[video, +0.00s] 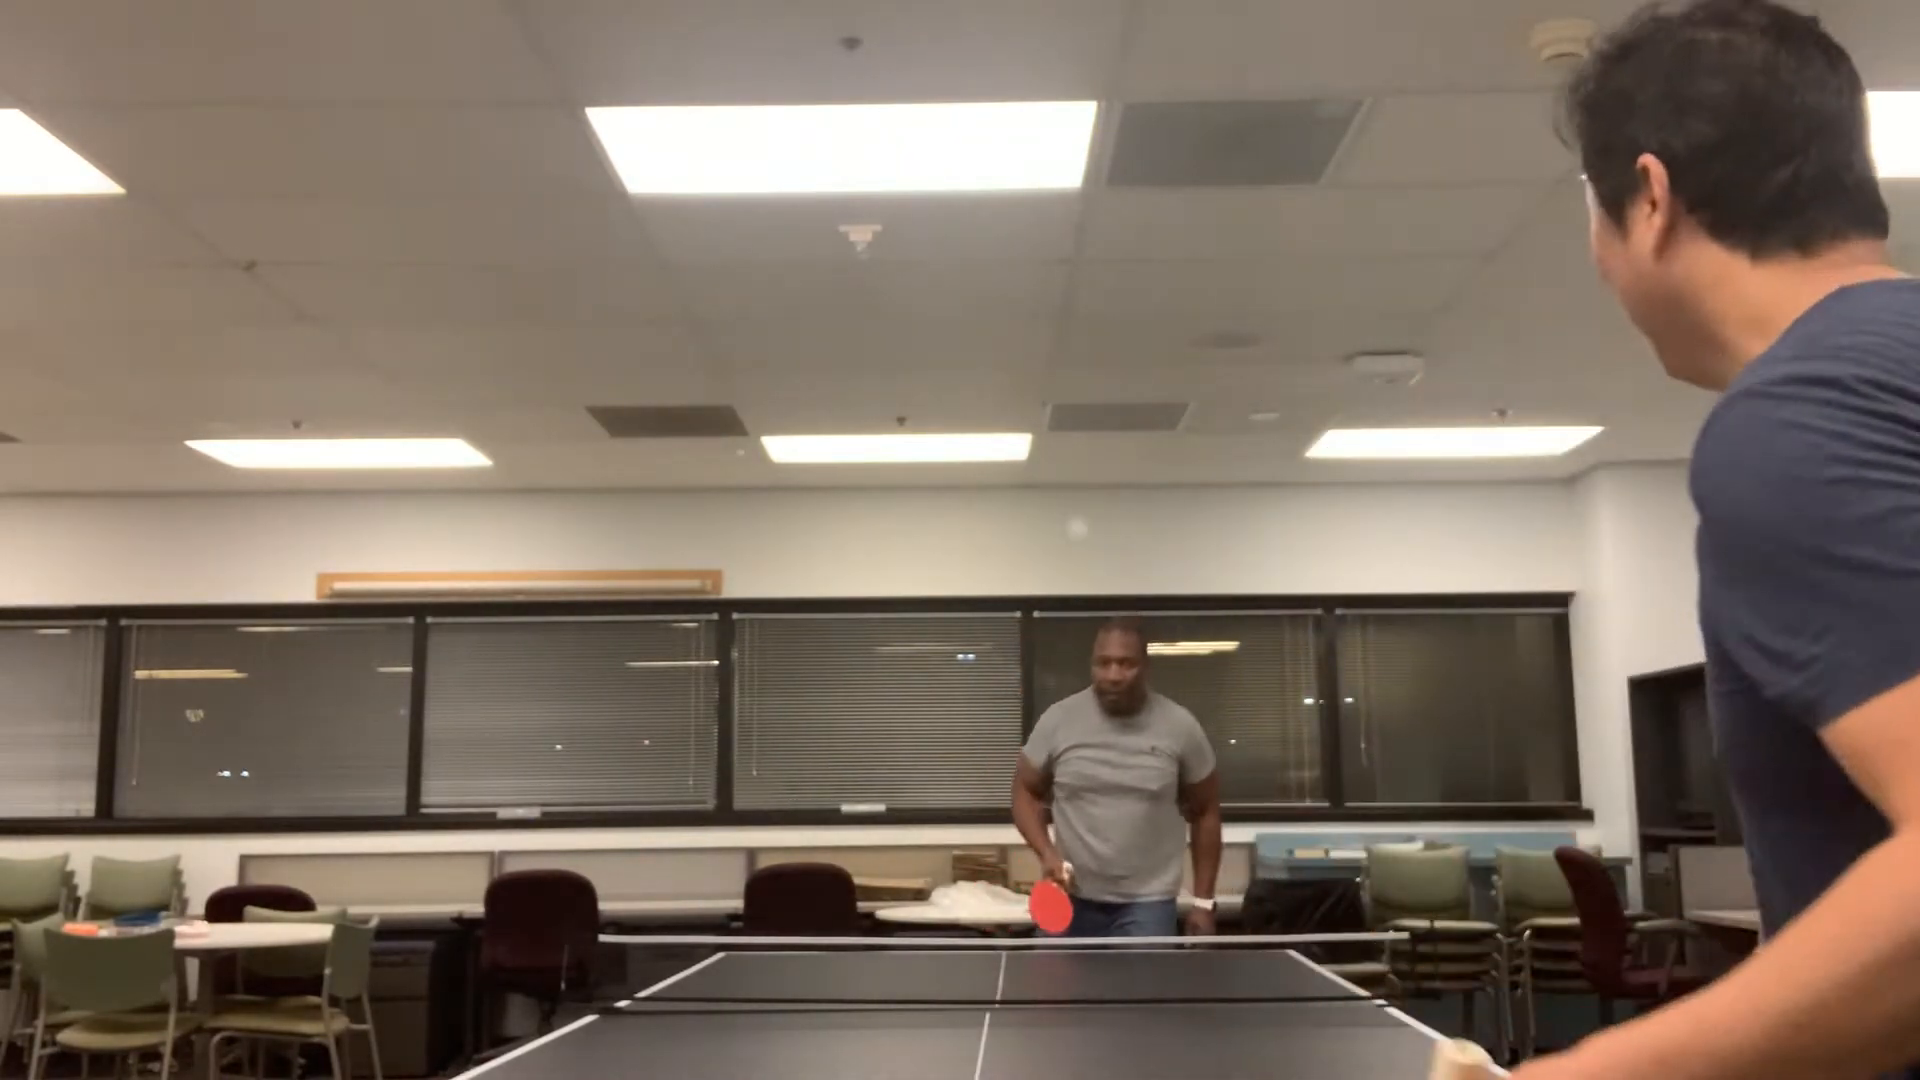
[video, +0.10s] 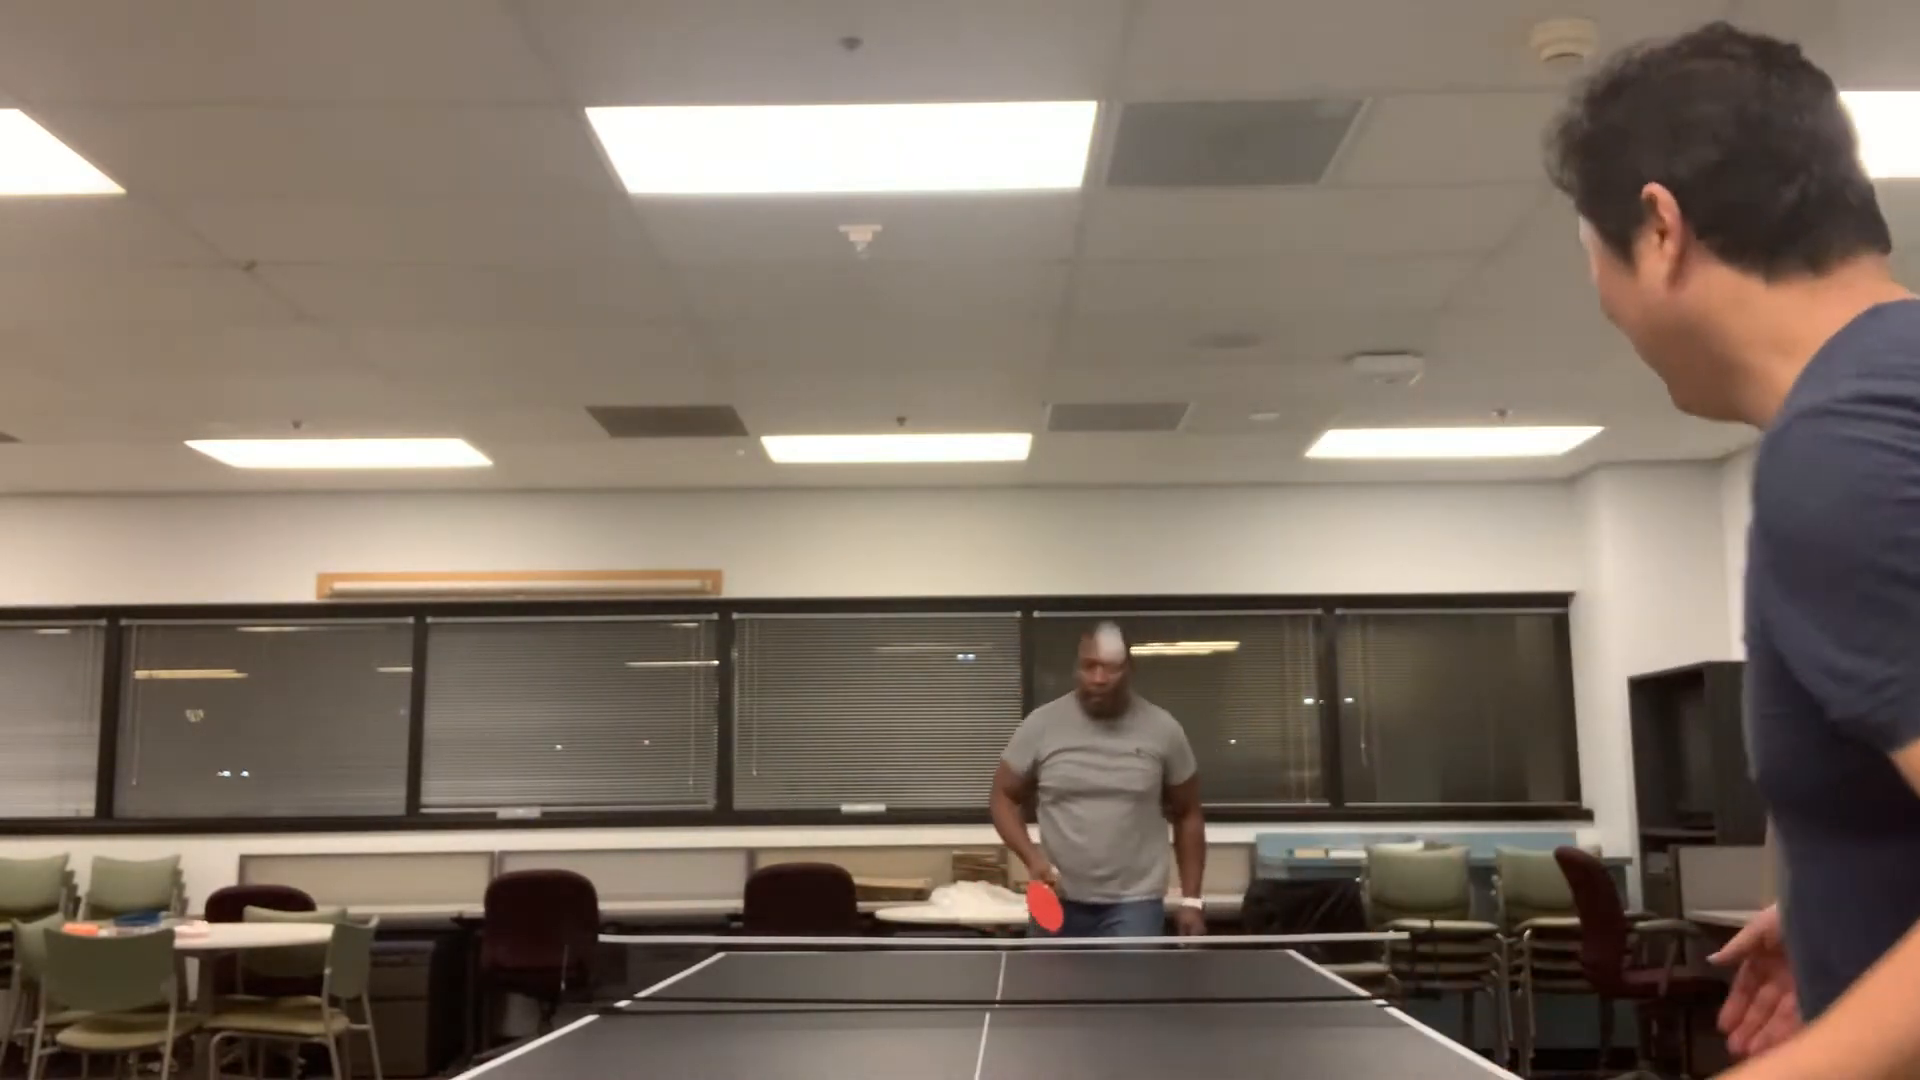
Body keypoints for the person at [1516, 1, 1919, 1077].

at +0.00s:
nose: (1602, 262)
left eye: (1597, 214)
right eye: (1595, 218)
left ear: (1654, 201)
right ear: (1838, 174)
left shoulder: (1787, 423)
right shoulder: (1895, 347)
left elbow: (1917, 835)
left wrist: (1605, 1065)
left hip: (1878, 1052)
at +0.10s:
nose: (1607, 302)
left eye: (1599, 256)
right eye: (1594, 262)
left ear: (1663, 233)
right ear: (1828, 193)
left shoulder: (1837, 453)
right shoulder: (1888, 389)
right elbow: (1910, 763)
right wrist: (1834, 914)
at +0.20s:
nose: (1634, 343)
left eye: (1625, 295)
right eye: (1620, 300)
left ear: (1701, 265)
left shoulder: (1876, 497)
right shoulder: (1867, 475)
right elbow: (1909, 790)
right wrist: (1831, 919)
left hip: (1891, 1053)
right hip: (1873, 1052)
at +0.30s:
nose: (1673, 371)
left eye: (1663, 322)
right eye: (1659, 327)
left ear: (1744, 292)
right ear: (1739, 297)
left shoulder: (1896, 533)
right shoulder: (1877, 527)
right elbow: (1912, 824)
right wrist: (1827, 937)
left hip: (1901, 1054)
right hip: (1882, 1053)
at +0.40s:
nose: (1713, 391)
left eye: (1703, 341)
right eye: (1696, 346)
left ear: (1792, 311)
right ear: (1791, 314)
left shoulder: (1902, 572)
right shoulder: (1887, 560)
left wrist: (1840, 958)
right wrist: (1840, 958)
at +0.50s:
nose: (1754, 383)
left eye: (1754, 333)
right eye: (1745, 339)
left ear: (1856, 317)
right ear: (1854, 320)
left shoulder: (1908, 577)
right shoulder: (1906, 568)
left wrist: (1884, 968)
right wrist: (1883, 955)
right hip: (1893, 1046)